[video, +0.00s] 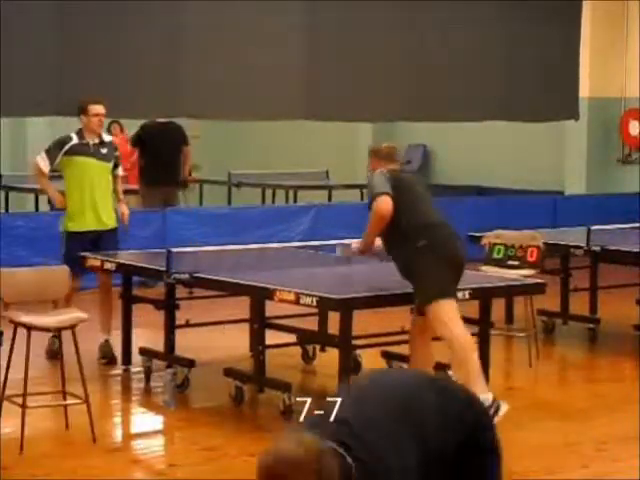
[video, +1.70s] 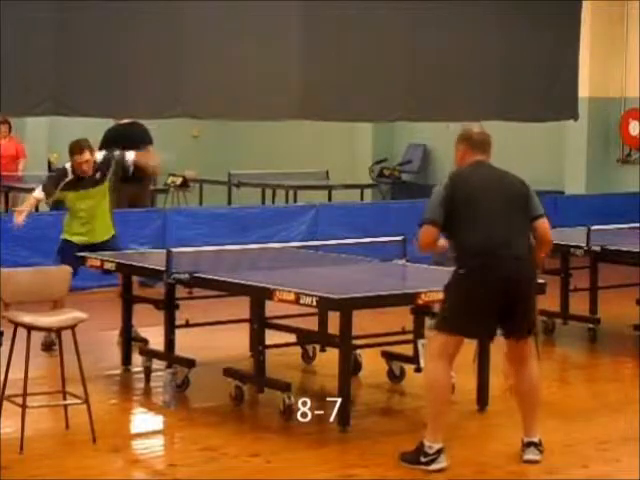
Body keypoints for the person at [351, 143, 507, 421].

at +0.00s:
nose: (369, 170)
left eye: (370, 166)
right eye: (371, 166)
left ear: (374, 164)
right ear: (396, 163)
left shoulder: (380, 176)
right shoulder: (410, 180)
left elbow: (383, 206)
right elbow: (416, 218)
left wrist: (367, 242)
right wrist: (387, 242)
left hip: (428, 254)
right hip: (449, 251)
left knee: (451, 327)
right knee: (420, 331)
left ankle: (482, 398)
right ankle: (418, 397)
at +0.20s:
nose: (358, 182)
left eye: (359, 178)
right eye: (359, 178)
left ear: (363, 173)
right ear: (382, 172)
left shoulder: (369, 178)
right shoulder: (397, 189)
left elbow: (377, 204)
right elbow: (381, 251)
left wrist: (358, 245)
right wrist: (352, 248)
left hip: (426, 242)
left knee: (451, 306)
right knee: (421, 331)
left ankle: (497, 370)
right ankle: (417, 392)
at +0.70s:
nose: (360, 178)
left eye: (360, 175)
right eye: (362, 175)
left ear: (366, 170)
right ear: (385, 171)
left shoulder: (370, 177)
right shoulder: (400, 194)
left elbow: (375, 200)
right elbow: (401, 255)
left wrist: (362, 241)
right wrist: (366, 273)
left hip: (424, 244)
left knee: (442, 313)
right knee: (418, 335)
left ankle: (483, 386)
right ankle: (410, 415)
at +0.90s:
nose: (470, 129)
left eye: (471, 123)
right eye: (472, 123)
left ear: (479, 125)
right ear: (506, 126)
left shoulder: (475, 163)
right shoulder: (530, 167)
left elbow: (465, 215)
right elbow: (544, 220)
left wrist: (444, 222)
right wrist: (509, 225)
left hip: (484, 276)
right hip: (526, 276)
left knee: (456, 350)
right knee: (519, 353)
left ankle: (435, 439)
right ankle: (524, 442)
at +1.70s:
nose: (455, 159)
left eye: (456, 154)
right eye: (457, 154)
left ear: (462, 152)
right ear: (488, 152)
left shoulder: (455, 182)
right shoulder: (517, 183)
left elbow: (426, 241)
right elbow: (545, 235)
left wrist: (443, 243)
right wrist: (532, 260)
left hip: (474, 278)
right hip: (520, 277)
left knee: (440, 356)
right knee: (522, 357)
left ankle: (432, 447)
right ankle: (532, 441)